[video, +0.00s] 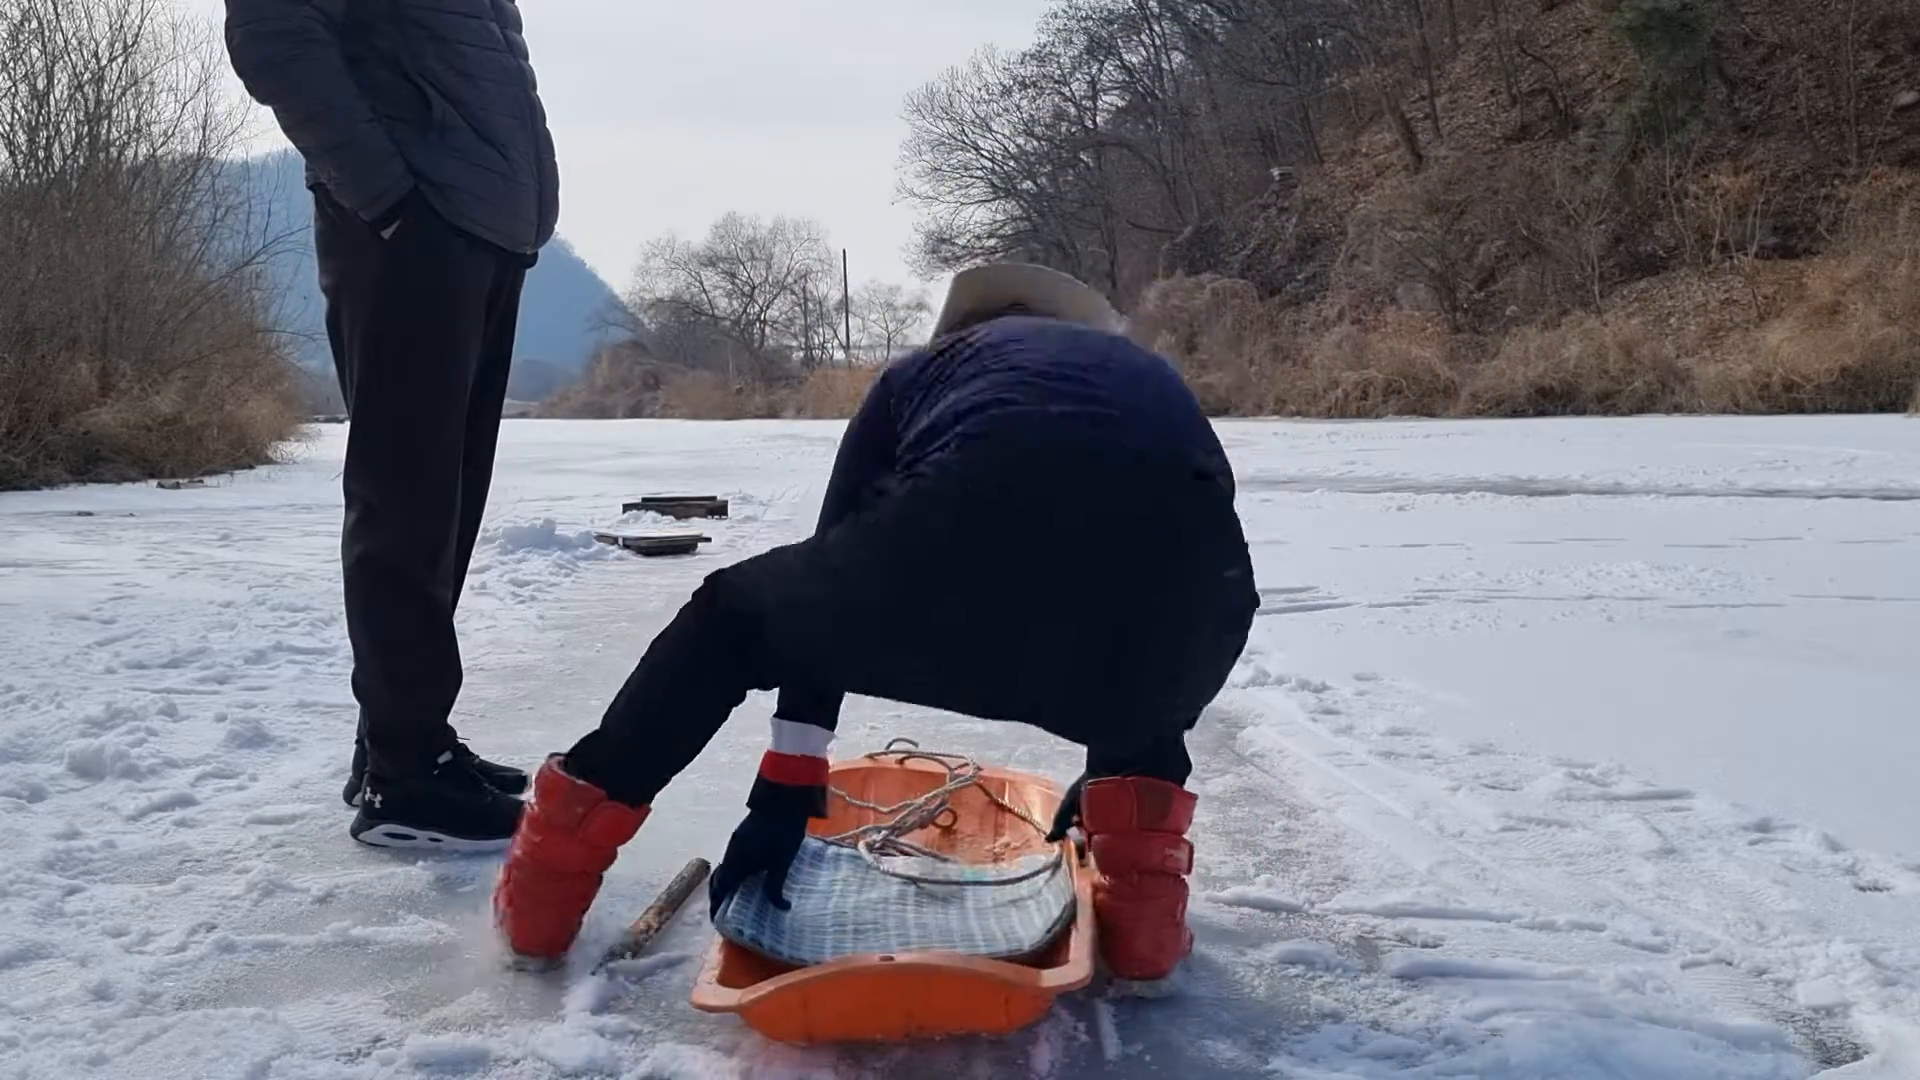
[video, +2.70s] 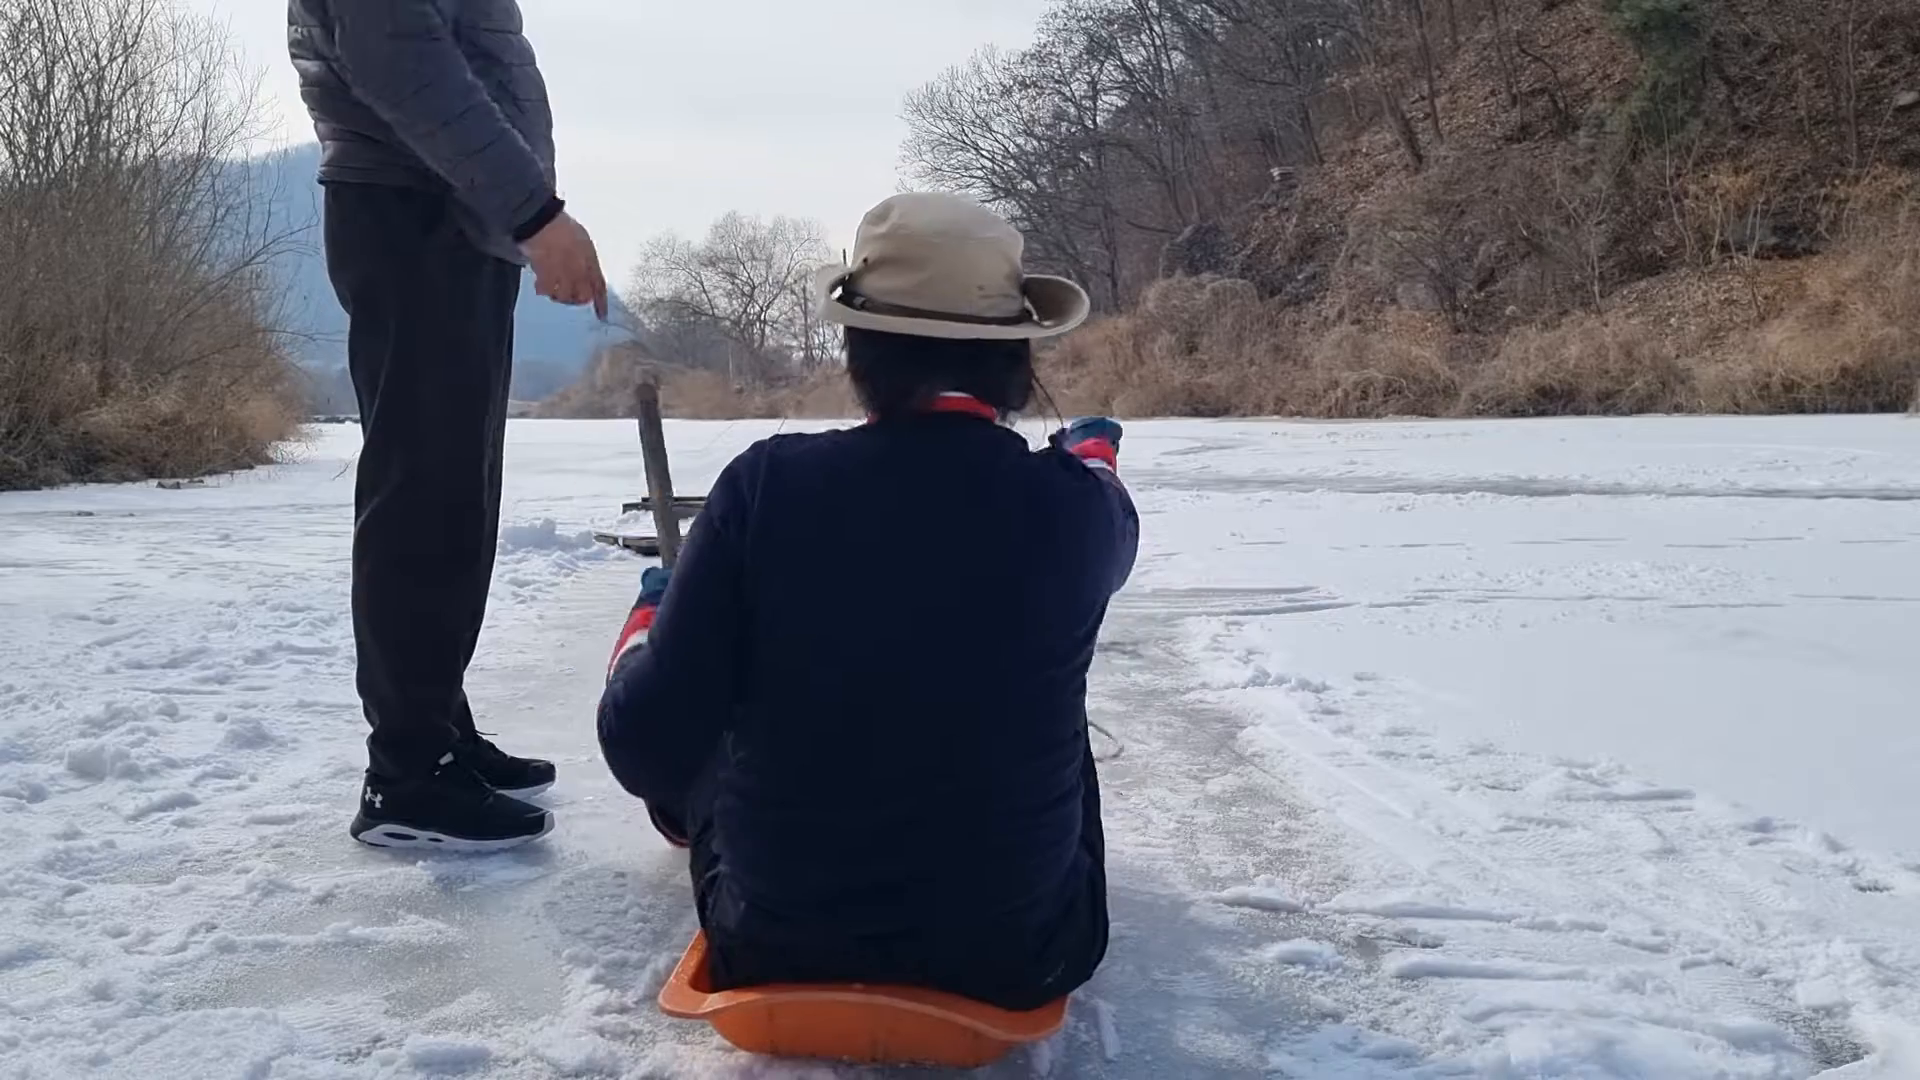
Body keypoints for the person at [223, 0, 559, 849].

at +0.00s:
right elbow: (270, 33)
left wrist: (513, 197)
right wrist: (387, 197)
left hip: (485, 232)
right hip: (408, 222)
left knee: (444, 501)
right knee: (403, 501)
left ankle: (418, 748)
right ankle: (400, 772)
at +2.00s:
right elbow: (251, 19)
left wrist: (502, 171)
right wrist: (399, 168)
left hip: (481, 209)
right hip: (414, 202)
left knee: (464, 487)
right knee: (412, 486)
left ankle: (434, 741)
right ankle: (406, 772)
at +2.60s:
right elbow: (325, 25)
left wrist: (507, 172)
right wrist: (483, 162)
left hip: (466, 209)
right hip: (411, 204)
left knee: (460, 482)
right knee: (421, 484)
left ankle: (441, 737)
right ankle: (404, 775)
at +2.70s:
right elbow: (397, 53)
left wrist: (528, 212)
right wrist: (539, 216)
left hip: (459, 209)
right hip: (408, 207)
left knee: (461, 481)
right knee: (422, 479)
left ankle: (438, 738)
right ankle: (406, 771)